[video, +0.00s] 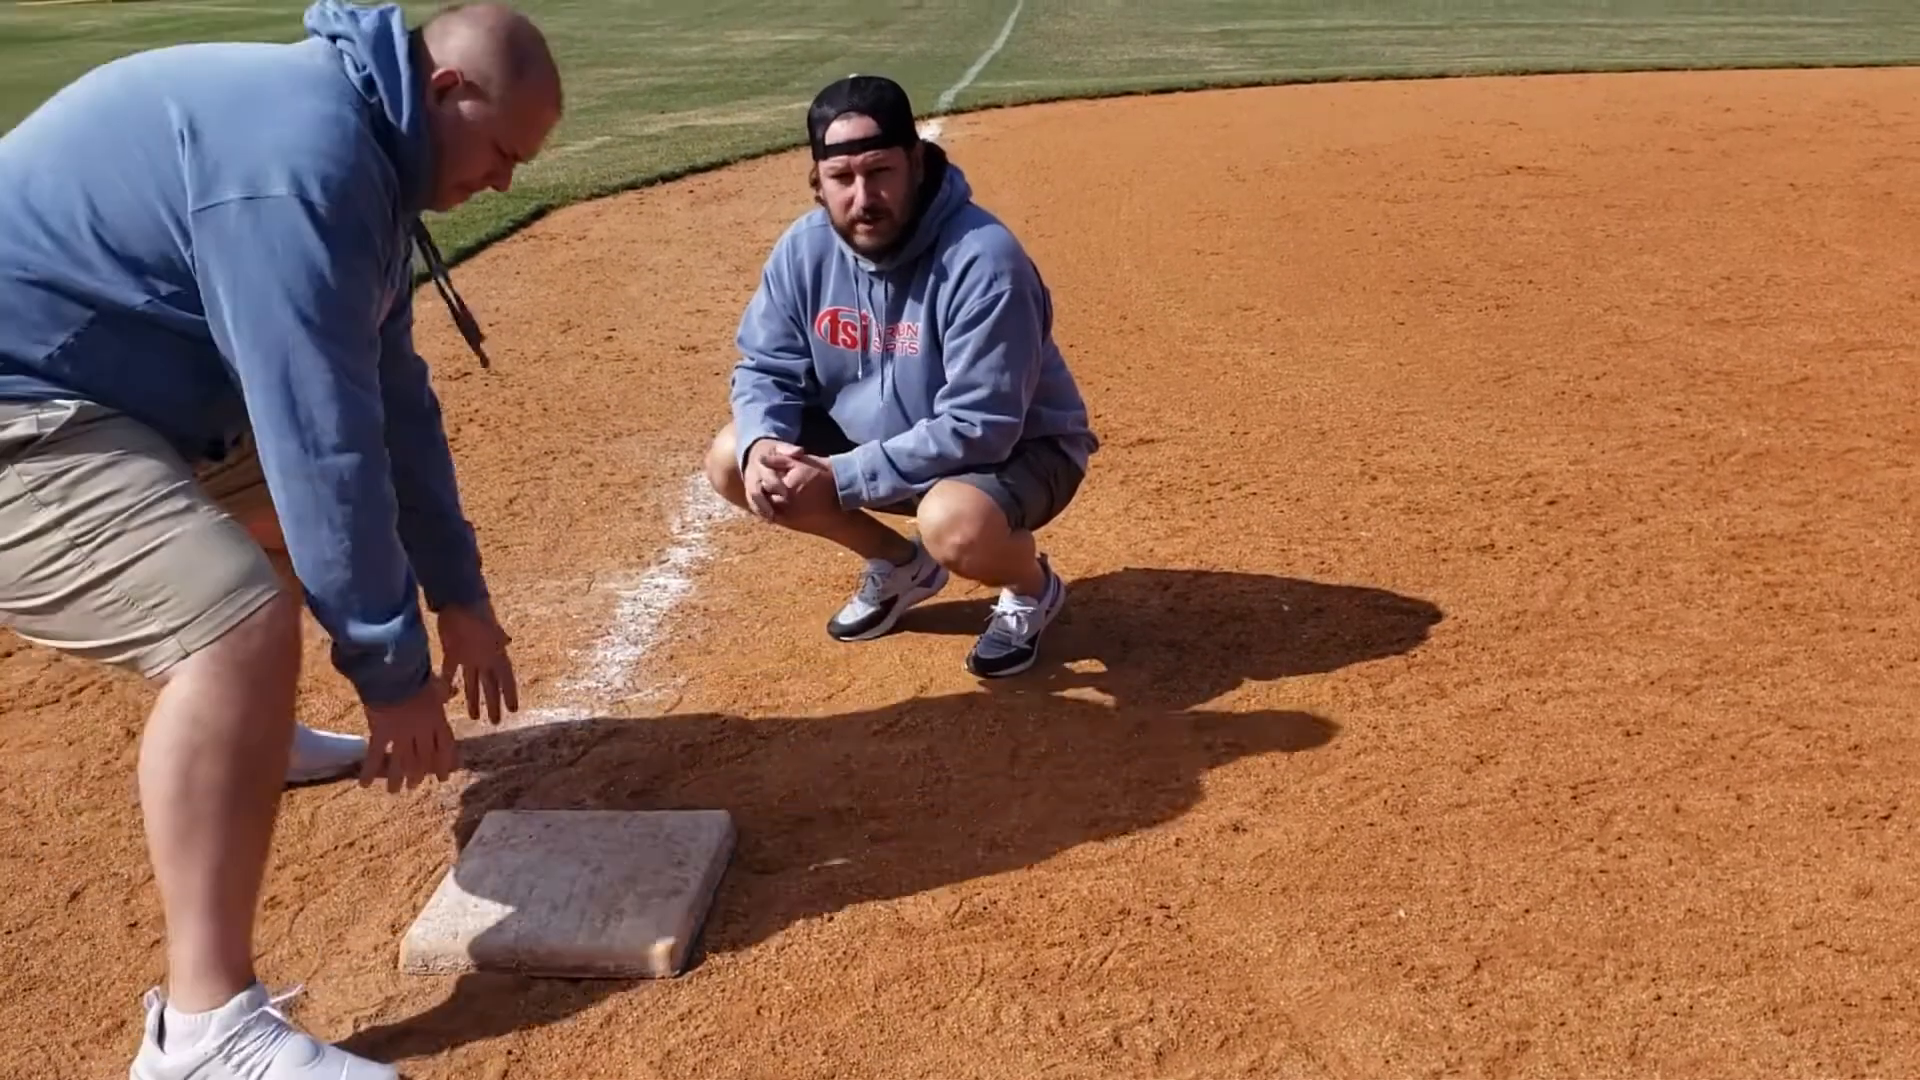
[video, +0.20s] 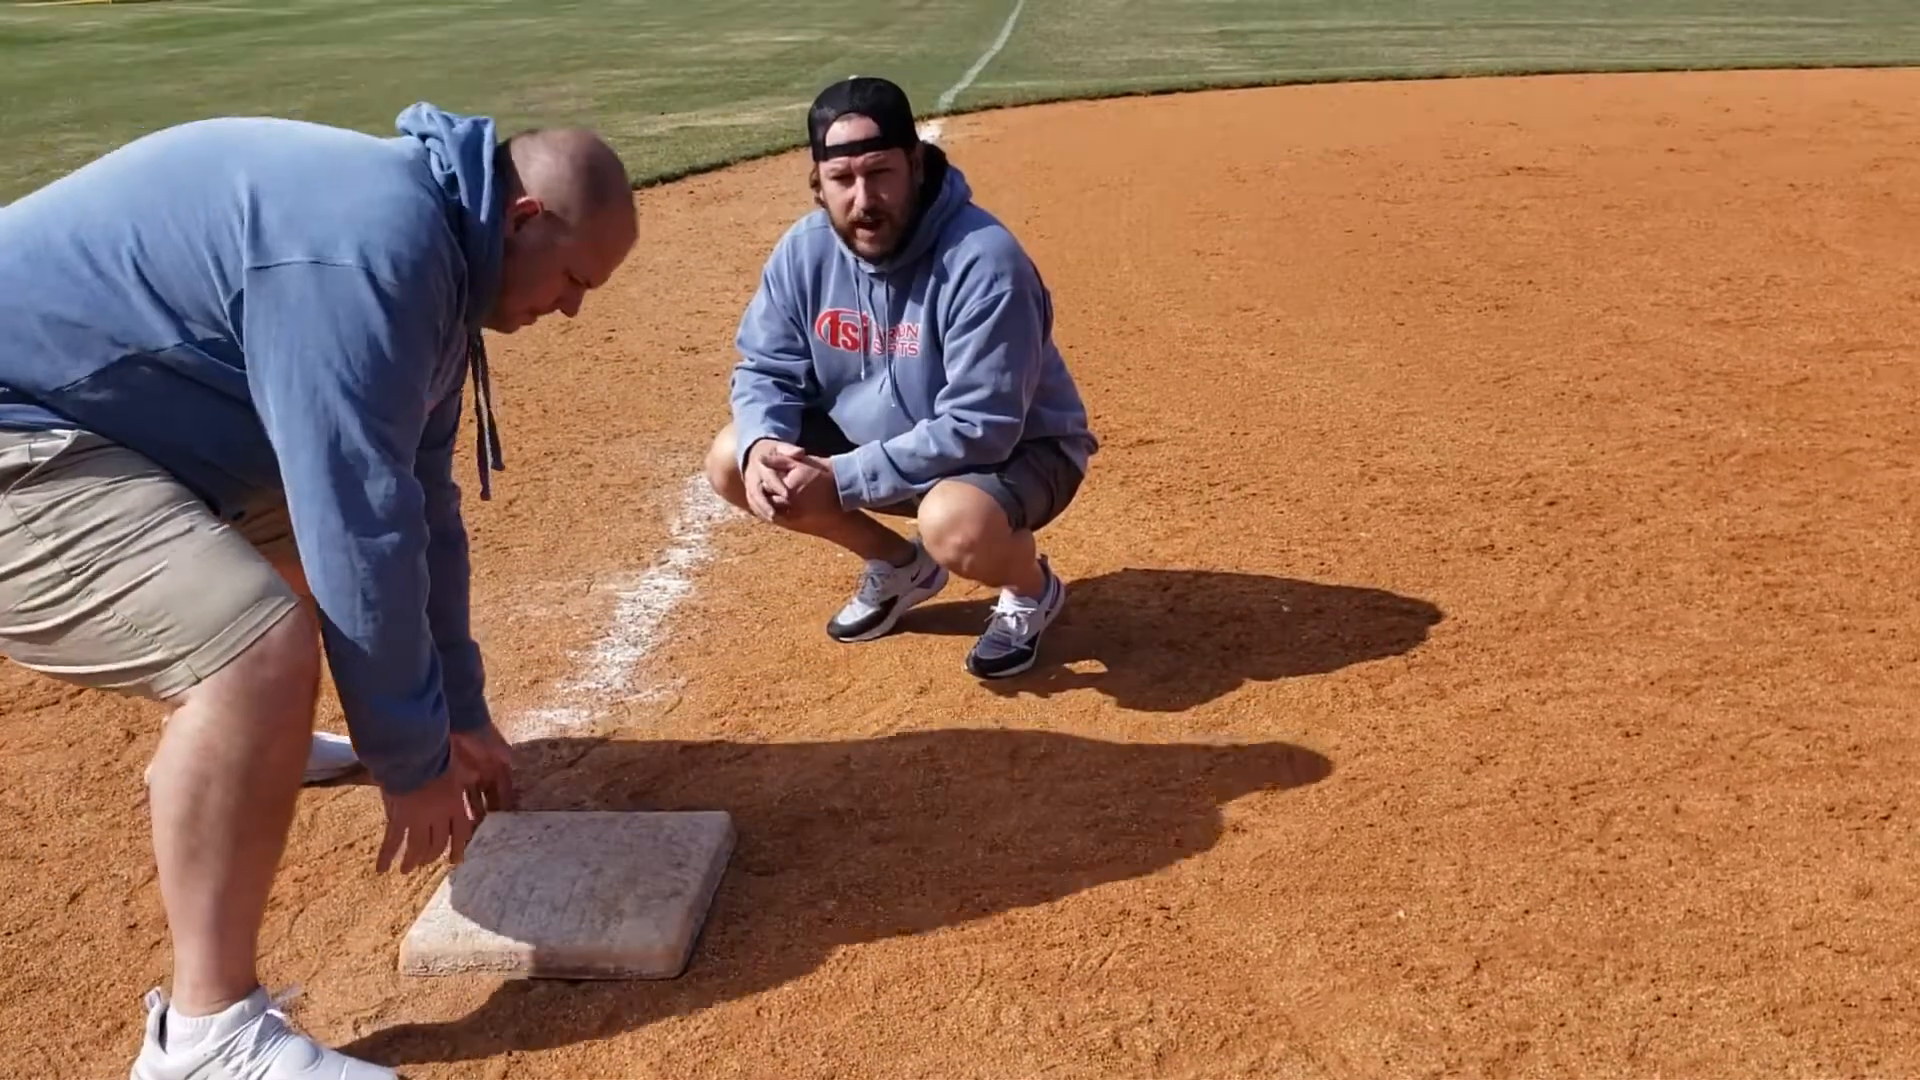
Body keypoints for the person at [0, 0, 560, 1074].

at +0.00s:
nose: (497, 185)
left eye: (514, 166)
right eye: (502, 156)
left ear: (445, 94)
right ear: (443, 92)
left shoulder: (351, 150)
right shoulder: (298, 157)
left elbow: (398, 404)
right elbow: (325, 447)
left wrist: (462, 599)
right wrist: (395, 676)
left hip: (98, 375)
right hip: (19, 394)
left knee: (270, 506)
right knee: (236, 621)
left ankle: (250, 739)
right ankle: (202, 1020)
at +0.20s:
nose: (571, 306)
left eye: (586, 289)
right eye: (576, 281)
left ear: (528, 212)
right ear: (528, 222)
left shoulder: (425, 249)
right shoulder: (360, 255)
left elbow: (424, 505)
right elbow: (357, 540)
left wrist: (460, 719)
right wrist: (415, 768)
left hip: (95, 396)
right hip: (19, 421)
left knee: (304, 502)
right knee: (260, 642)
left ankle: (280, 737)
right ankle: (207, 1023)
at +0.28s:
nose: (580, 331)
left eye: (596, 313)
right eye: (587, 305)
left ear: (540, 232)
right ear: (539, 241)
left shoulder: (434, 261)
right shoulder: (376, 279)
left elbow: (427, 520)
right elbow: (371, 571)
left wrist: (461, 726)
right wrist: (418, 801)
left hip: (96, 400)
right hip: (19, 428)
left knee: (306, 522)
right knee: (245, 647)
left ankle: (270, 731)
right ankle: (203, 1023)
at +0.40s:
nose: (593, 367)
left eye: (611, 352)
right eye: (603, 341)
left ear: (554, 263)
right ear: (555, 276)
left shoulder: (433, 273)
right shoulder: (392, 327)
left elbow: (436, 544)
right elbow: (395, 625)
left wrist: (469, 730)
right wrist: (451, 849)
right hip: (16, 437)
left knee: (324, 561)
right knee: (243, 656)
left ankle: (260, 733)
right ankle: (199, 1026)